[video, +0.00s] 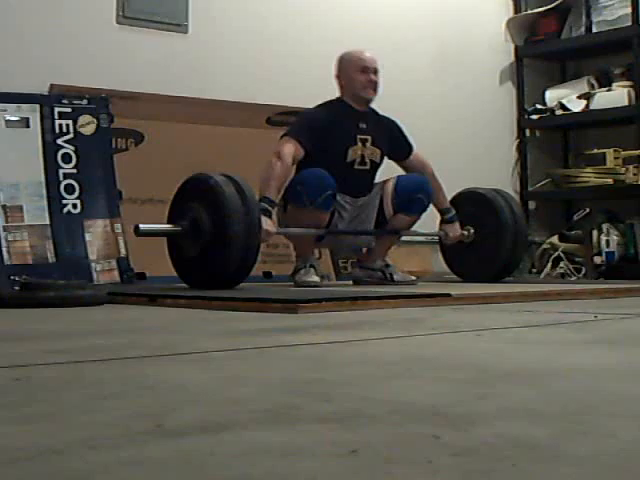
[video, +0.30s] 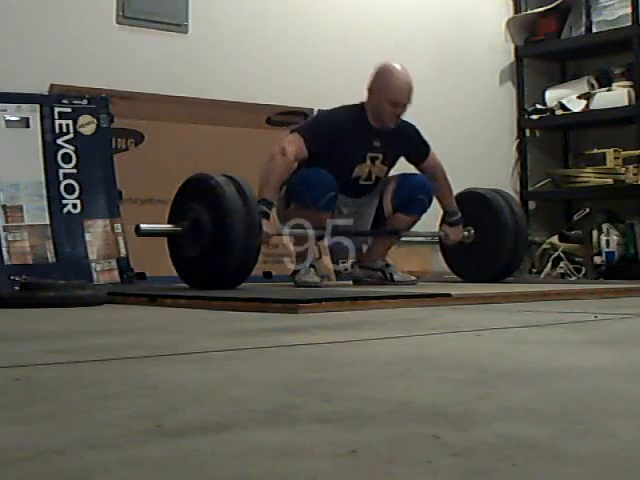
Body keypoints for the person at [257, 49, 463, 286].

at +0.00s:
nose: (372, 79)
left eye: (375, 73)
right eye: (364, 72)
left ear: (380, 78)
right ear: (341, 78)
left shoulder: (385, 128)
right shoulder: (317, 118)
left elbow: (422, 170)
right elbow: (283, 157)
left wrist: (449, 216)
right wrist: (266, 209)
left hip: (362, 213)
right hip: (317, 210)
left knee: (417, 188)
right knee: (315, 182)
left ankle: (373, 262)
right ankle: (304, 263)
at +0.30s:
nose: (400, 112)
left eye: (405, 106)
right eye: (394, 104)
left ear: (409, 102)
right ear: (371, 94)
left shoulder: (404, 135)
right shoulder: (334, 122)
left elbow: (435, 171)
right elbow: (284, 153)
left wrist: (453, 216)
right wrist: (264, 208)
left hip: (363, 209)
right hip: (317, 206)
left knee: (418, 188)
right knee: (316, 183)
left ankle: (371, 263)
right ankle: (304, 266)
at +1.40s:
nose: (413, 128)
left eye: (418, 122)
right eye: (409, 119)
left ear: (424, 113)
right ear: (388, 101)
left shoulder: (411, 114)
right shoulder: (351, 106)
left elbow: (434, 170)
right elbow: (302, 160)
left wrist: (454, 218)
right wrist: (267, 212)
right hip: (298, 102)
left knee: (379, 169)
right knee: (302, 174)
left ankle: (372, 262)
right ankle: (291, 265)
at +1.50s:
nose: (411, 129)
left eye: (416, 124)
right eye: (407, 121)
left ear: (423, 114)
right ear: (386, 103)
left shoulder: (410, 116)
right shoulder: (349, 108)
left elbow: (433, 170)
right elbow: (299, 161)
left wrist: (453, 219)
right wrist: (266, 211)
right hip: (297, 102)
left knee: (378, 169)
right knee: (302, 173)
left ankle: (372, 263)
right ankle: (295, 266)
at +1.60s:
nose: (410, 130)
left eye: (415, 124)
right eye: (405, 121)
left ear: (422, 115)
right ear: (385, 103)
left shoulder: (409, 117)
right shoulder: (348, 108)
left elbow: (432, 171)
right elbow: (299, 161)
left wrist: (453, 218)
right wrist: (266, 210)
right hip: (296, 102)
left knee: (379, 170)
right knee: (303, 172)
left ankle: (372, 263)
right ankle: (296, 265)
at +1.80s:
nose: (408, 132)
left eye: (413, 125)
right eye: (403, 123)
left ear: (419, 115)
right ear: (382, 105)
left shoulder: (406, 117)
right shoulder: (345, 109)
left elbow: (429, 172)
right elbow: (291, 157)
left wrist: (451, 218)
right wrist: (262, 210)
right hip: (290, 103)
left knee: (377, 167)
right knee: (298, 167)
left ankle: (371, 262)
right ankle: (296, 266)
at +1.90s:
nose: (405, 133)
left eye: (411, 126)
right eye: (401, 124)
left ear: (417, 116)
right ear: (380, 105)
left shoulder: (404, 118)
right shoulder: (342, 109)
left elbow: (427, 171)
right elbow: (290, 155)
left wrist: (451, 218)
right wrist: (261, 210)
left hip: (335, 119)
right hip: (286, 104)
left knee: (376, 168)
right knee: (297, 168)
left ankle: (370, 263)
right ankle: (296, 266)